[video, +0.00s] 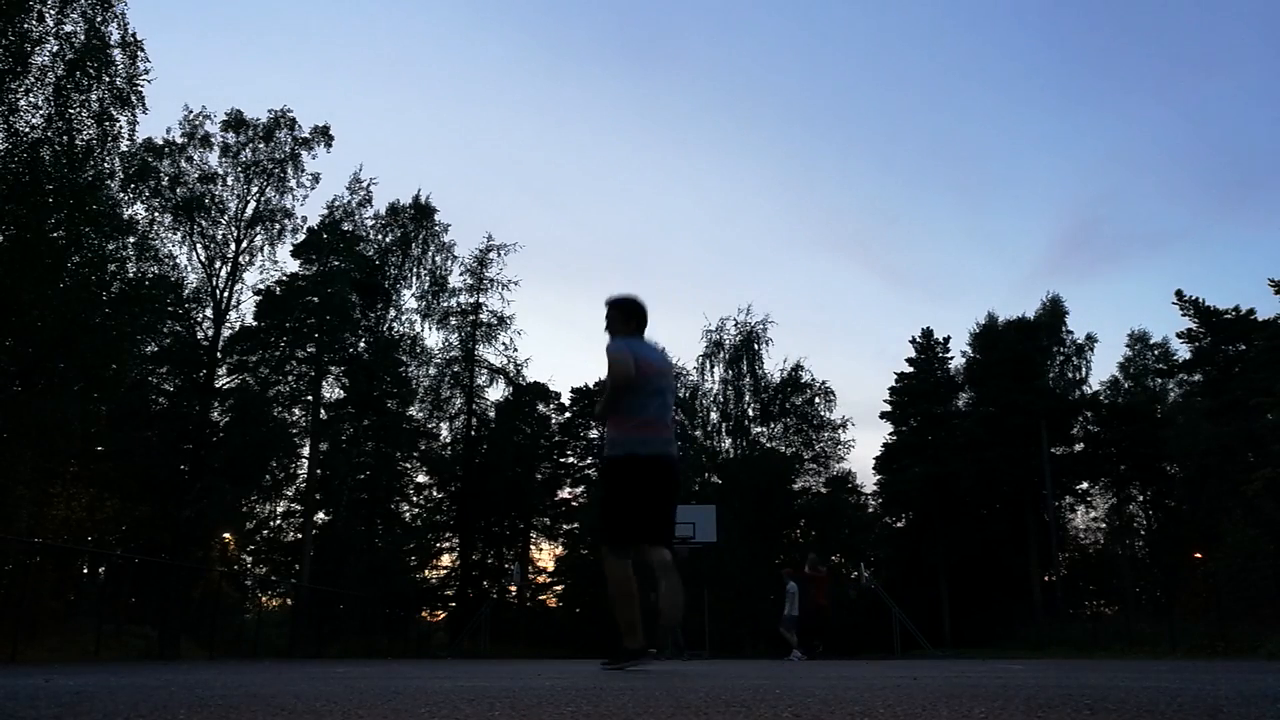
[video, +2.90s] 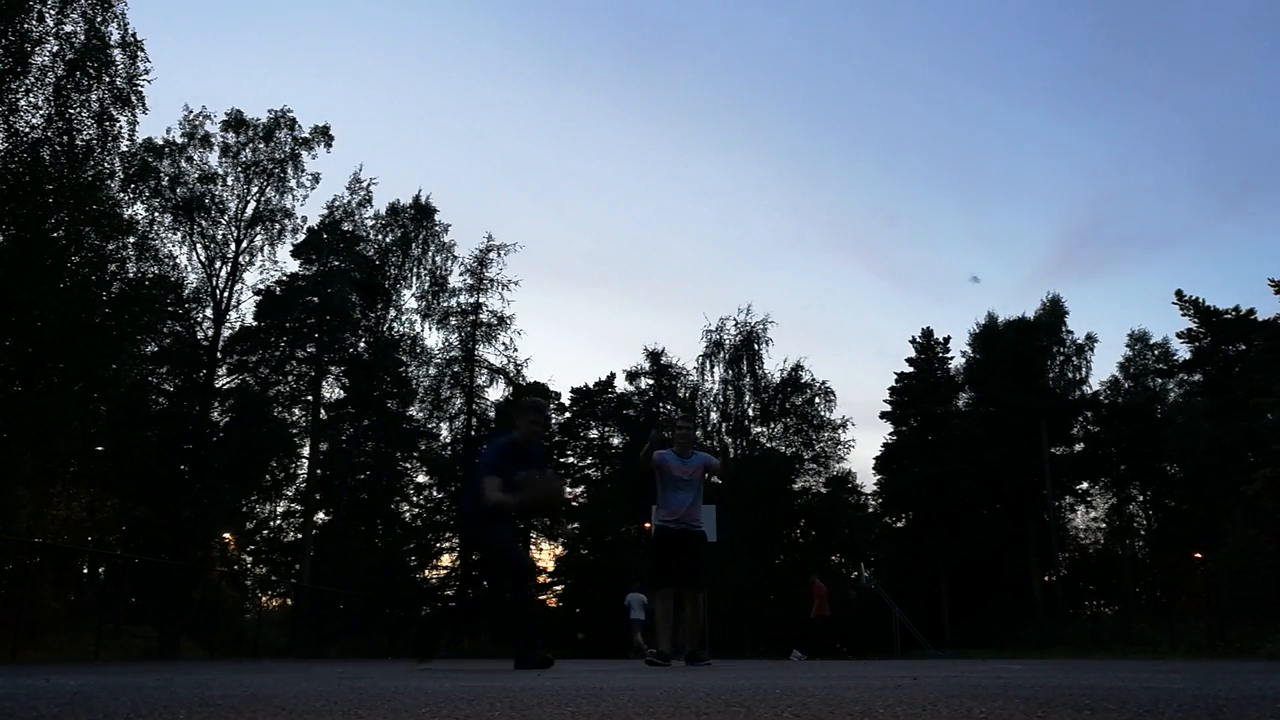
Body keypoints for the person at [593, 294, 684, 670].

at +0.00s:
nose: (606, 325)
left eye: (609, 319)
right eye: (607, 318)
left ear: (620, 320)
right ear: (641, 321)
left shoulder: (618, 346)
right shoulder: (659, 356)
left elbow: (622, 377)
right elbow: (664, 406)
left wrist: (601, 409)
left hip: (626, 465)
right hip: (662, 466)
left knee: (616, 550)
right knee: (657, 548)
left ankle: (632, 645)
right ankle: (672, 639)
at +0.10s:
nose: (603, 351)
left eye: (607, 344)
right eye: (604, 344)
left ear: (621, 346)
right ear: (636, 347)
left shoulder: (620, 379)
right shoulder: (655, 383)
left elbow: (616, 425)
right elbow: (661, 432)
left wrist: (592, 448)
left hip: (625, 485)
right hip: (655, 486)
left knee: (613, 568)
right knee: (636, 563)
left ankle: (637, 651)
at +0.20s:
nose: (604, 355)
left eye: (608, 349)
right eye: (604, 349)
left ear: (623, 351)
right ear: (634, 352)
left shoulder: (622, 380)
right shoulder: (649, 384)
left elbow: (618, 424)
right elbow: (672, 420)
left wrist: (598, 423)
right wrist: (638, 426)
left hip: (630, 482)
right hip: (653, 483)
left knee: (615, 560)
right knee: (630, 554)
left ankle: (637, 648)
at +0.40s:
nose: (611, 363)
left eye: (615, 357)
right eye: (610, 358)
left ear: (629, 358)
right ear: (623, 358)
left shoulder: (641, 389)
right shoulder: (627, 393)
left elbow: (646, 429)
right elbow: (634, 436)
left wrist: (617, 417)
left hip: (643, 481)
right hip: (632, 480)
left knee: (622, 544)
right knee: (625, 549)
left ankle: (645, 624)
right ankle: (633, 631)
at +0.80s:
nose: (646, 391)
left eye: (652, 387)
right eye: (643, 386)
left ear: (663, 391)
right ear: (637, 389)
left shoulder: (674, 422)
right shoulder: (626, 420)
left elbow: (688, 459)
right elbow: (609, 448)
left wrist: (650, 443)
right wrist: (609, 461)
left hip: (665, 509)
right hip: (631, 508)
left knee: (667, 579)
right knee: (633, 578)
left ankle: (675, 644)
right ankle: (636, 650)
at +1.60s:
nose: (645, 419)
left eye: (650, 415)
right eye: (644, 415)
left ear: (666, 418)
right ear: (645, 420)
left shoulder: (684, 448)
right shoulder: (637, 449)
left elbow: (703, 480)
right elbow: (629, 483)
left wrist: (673, 480)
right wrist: (650, 490)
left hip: (675, 523)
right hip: (646, 524)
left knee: (676, 586)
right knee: (651, 587)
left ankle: (677, 650)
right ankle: (656, 647)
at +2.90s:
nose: (684, 433)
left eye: (688, 429)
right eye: (680, 429)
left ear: (694, 433)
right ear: (673, 432)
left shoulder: (702, 459)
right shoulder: (661, 456)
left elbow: (725, 474)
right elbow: (642, 465)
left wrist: (725, 459)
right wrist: (650, 443)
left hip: (693, 532)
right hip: (665, 531)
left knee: (694, 592)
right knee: (663, 591)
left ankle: (694, 651)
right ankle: (663, 651)